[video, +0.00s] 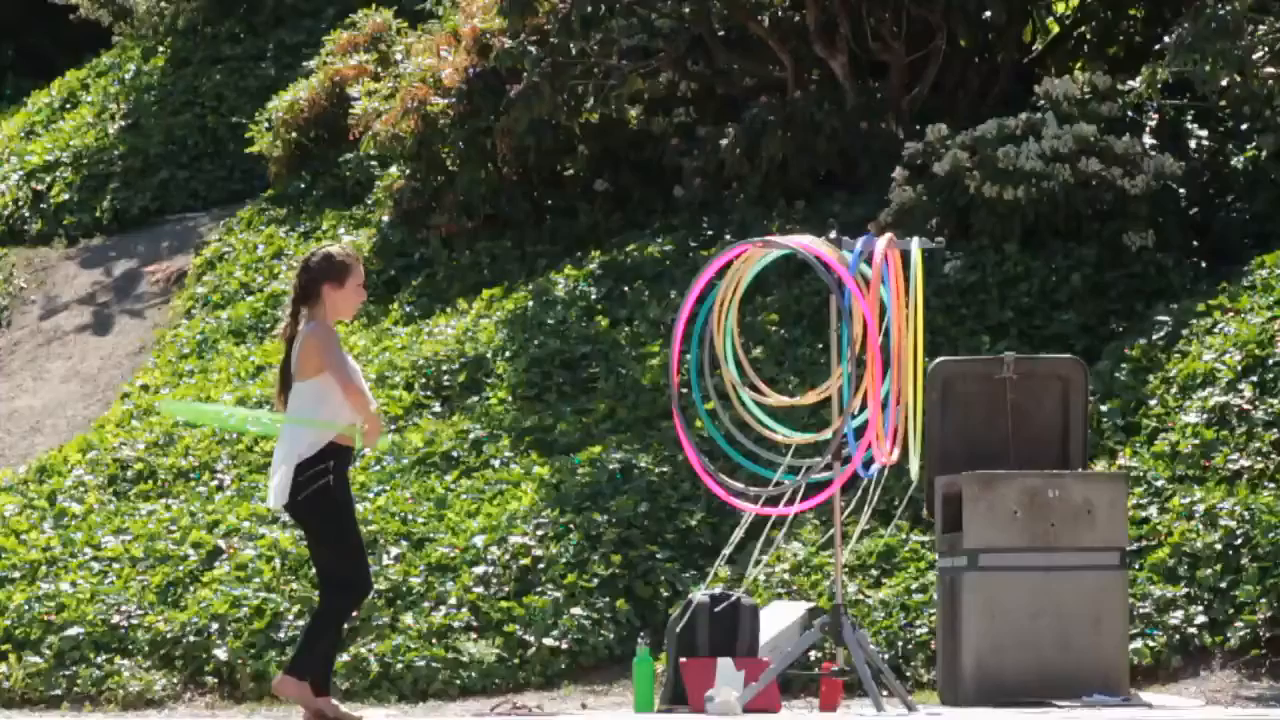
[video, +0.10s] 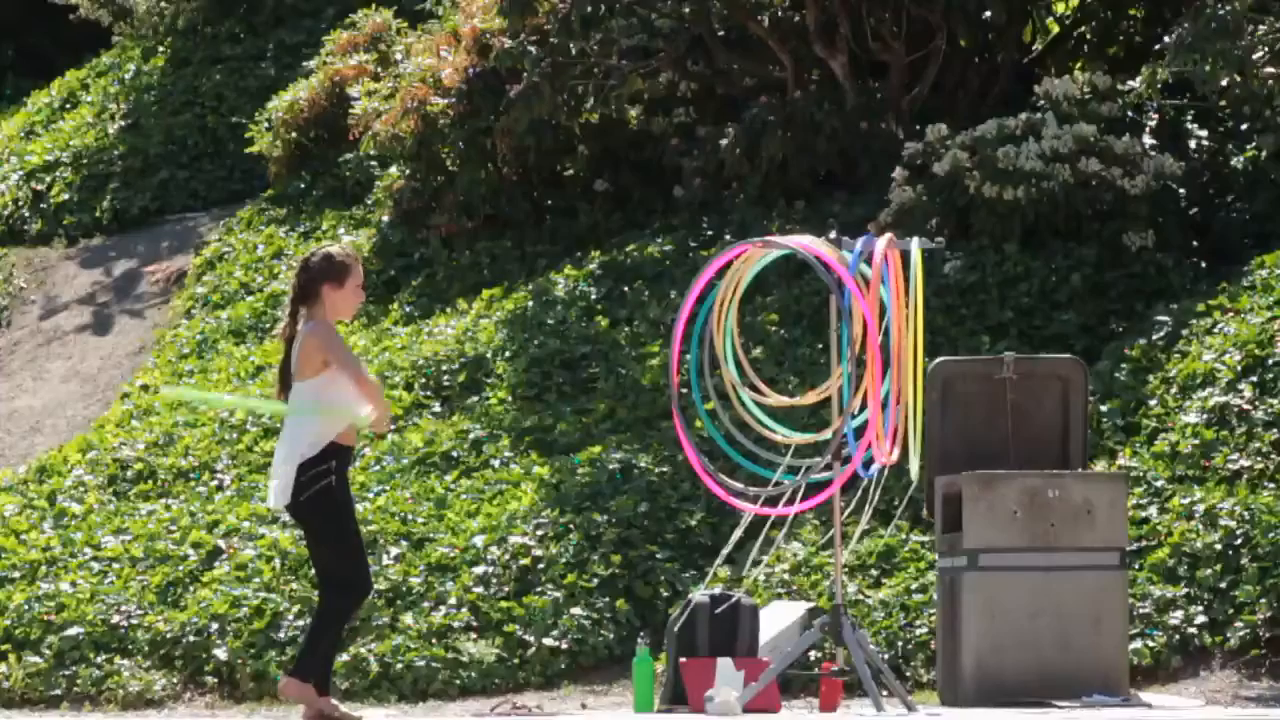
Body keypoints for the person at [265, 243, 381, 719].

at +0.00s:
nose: (363, 294)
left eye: (363, 285)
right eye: (358, 285)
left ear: (325, 290)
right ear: (327, 288)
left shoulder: (311, 333)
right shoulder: (321, 333)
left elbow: (295, 400)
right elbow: (351, 388)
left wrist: (362, 420)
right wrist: (371, 419)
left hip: (313, 470)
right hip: (318, 471)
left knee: (340, 584)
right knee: (352, 581)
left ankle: (319, 690)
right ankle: (296, 675)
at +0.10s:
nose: (362, 296)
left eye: (362, 287)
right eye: (356, 287)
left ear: (323, 291)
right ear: (328, 289)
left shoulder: (310, 334)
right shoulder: (321, 333)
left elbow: (321, 398)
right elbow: (365, 384)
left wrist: (352, 425)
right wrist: (381, 413)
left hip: (313, 470)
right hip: (317, 470)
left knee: (338, 583)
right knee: (353, 580)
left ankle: (320, 693)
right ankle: (302, 676)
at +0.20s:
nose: (360, 295)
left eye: (360, 285)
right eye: (355, 285)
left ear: (321, 289)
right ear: (328, 288)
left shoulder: (307, 329)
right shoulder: (330, 329)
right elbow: (396, 347)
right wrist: (395, 368)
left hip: (311, 467)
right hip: (320, 469)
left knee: (332, 577)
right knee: (354, 577)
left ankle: (315, 682)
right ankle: (314, 681)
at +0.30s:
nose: (357, 296)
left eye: (356, 288)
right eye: (353, 288)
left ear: (317, 290)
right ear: (328, 290)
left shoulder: (299, 326)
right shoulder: (327, 324)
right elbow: (406, 315)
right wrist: (405, 314)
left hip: (308, 476)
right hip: (324, 477)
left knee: (330, 580)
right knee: (351, 581)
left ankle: (317, 687)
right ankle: (320, 686)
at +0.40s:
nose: (356, 291)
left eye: (355, 283)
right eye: (353, 284)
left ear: (311, 289)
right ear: (335, 288)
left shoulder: (291, 331)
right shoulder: (333, 322)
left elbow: (283, 403)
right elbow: (405, 284)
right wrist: (350, 304)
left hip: (298, 482)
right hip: (331, 481)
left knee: (326, 584)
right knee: (352, 584)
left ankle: (315, 693)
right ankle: (327, 687)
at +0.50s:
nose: (353, 295)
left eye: (351, 285)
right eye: (352, 286)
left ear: (309, 285)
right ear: (340, 286)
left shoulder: (287, 336)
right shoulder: (342, 320)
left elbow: (282, 404)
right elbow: (387, 272)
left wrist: (291, 439)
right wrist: (370, 266)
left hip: (295, 479)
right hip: (339, 477)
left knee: (319, 585)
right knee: (353, 583)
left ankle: (313, 695)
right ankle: (335, 687)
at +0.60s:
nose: (357, 296)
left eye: (356, 288)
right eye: (355, 288)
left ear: (311, 290)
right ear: (345, 289)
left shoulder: (281, 347)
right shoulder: (351, 320)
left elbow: (280, 422)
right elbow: (368, 279)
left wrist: (280, 467)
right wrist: (366, 258)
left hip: (297, 482)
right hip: (347, 479)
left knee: (313, 587)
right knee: (351, 589)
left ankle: (311, 696)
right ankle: (338, 687)